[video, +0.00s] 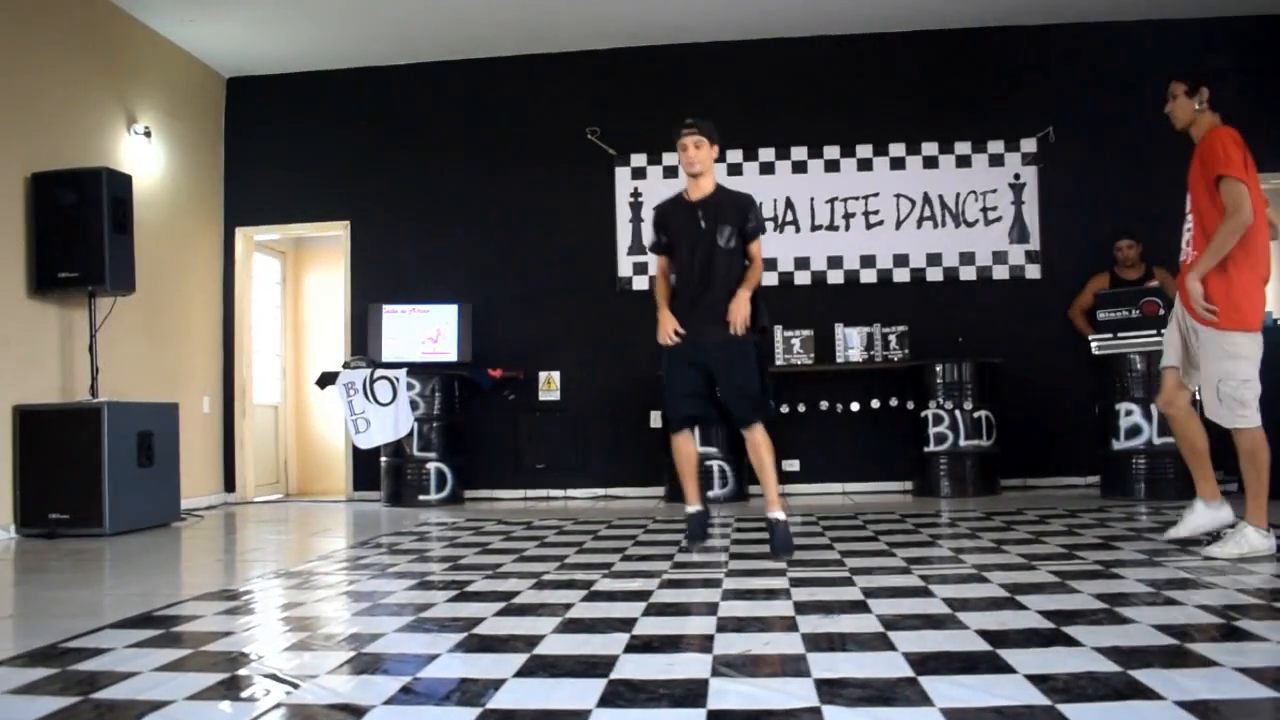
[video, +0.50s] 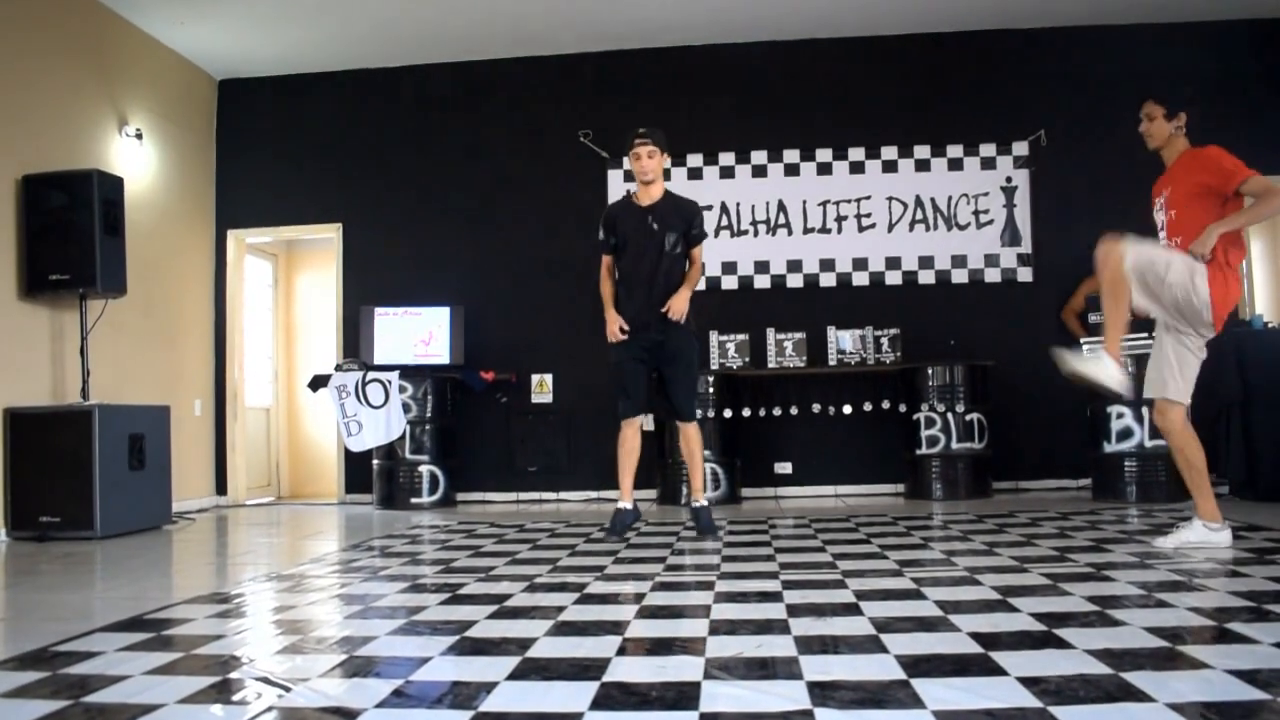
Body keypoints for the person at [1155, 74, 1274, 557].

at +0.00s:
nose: (1167, 107)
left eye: (1173, 98)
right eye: (1167, 99)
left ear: (1201, 98)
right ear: (1196, 101)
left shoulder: (1220, 140)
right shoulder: (1210, 147)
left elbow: (1241, 213)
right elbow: (1254, 221)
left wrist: (1194, 273)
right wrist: (1195, 275)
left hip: (1229, 311)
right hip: (1194, 305)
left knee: (1242, 416)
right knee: (1172, 399)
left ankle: (1257, 528)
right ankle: (1209, 503)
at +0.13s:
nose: (1154, 111)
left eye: (1162, 102)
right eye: (1155, 103)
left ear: (1189, 105)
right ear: (1181, 107)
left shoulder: (1204, 148)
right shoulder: (1188, 155)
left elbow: (1246, 207)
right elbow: (1212, 226)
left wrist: (1206, 275)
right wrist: (1181, 279)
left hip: (1214, 313)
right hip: (1188, 311)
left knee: (1223, 416)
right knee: (1184, 409)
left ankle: (1252, 529)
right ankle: (1212, 519)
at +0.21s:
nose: (1149, 115)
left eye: (1157, 106)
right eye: (1150, 107)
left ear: (1184, 111)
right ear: (1173, 112)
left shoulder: (1196, 153)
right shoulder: (1181, 158)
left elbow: (1240, 208)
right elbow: (1211, 223)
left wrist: (1192, 268)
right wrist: (1176, 275)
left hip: (1208, 308)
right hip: (1189, 307)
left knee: (1194, 414)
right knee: (1178, 413)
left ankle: (1248, 522)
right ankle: (1209, 519)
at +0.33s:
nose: (1144, 119)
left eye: (1152, 111)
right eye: (1145, 112)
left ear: (1179, 116)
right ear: (1169, 118)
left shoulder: (1196, 154)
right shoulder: (1180, 163)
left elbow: (1251, 205)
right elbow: (1202, 228)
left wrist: (1193, 250)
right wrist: (1166, 269)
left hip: (1200, 296)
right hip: (1199, 298)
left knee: (1139, 392)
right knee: (1180, 411)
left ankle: (1218, 476)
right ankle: (1209, 523)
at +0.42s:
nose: (1143, 124)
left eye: (1151, 115)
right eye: (1143, 117)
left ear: (1179, 119)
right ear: (1163, 124)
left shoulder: (1203, 155)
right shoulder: (1172, 175)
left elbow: (1267, 199)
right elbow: (1197, 241)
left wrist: (1207, 234)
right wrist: (1165, 269)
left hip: (1206, 288)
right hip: (1196, 294)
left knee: (1107, 328)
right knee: (1173, 411)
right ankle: (1211, 523)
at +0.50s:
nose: (1142, 127)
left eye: (1150, 118)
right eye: (1141, 120)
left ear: (1179, 122)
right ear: (1154, 128)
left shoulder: (1208, 159)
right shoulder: (1162, 187)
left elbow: (1271, 194)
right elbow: (1170, 257)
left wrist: (1218, 228)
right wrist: (1093, 288)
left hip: (1209, 286)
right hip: (1185, 301)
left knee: (1113, 250)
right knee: (1170, 414)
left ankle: (1112, 360)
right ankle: (1210, 524)